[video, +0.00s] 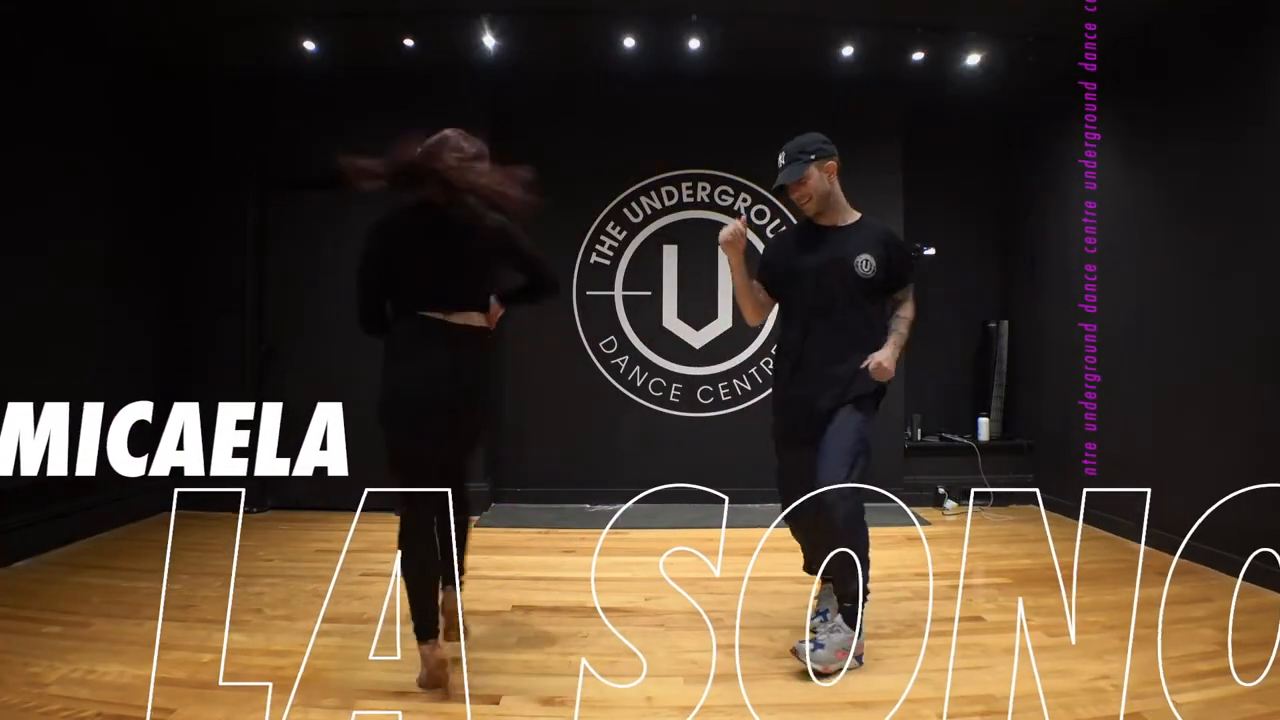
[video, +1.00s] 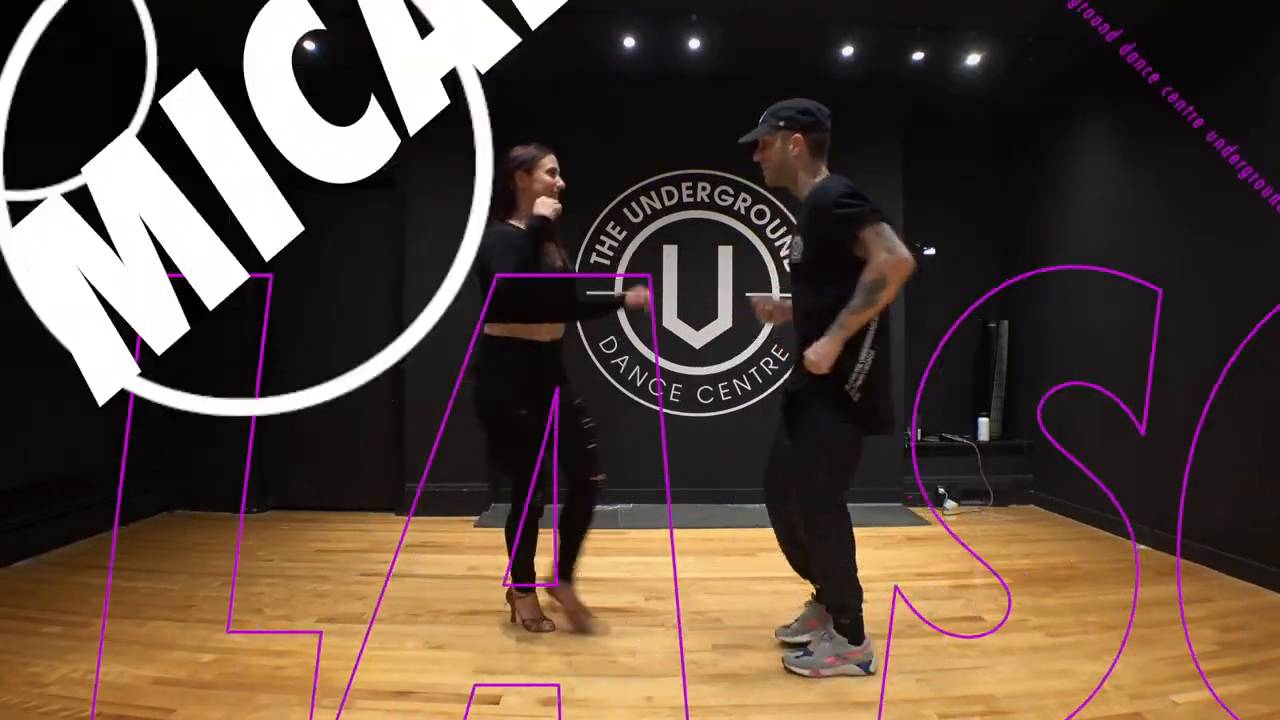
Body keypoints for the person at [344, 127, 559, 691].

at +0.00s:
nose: (469, 175)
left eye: (458, 161)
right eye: (470, 166)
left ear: (419, 172)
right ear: (478, 176)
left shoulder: (392, 224)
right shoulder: (487, 225)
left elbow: (370, 315)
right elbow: (543, 283)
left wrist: (411, 319)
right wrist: (497, 300)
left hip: (410, 362)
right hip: (470, 364)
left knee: (415, 503)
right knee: (456, 483)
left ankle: (428, 646)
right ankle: (450, 591)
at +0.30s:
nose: (516, 184)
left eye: (515, 174)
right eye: (508, 174)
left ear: (477, 180)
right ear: (477, 177)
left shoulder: (444, 228)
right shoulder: (490, 230)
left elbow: (389, 292)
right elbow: (522, 304)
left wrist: (387, 354)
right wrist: (560, 277)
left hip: (444, 355)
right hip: (483, 357)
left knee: (479, 484)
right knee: (489, 486)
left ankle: (425, 590)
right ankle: (468, 617)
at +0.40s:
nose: (527, 182)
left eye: (526, 173)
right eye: (517, 174)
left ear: (492, 183)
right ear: (487, 180)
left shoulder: (464, 230)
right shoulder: (496, 231)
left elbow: (420, 291)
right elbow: (513, 309)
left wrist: (442, 329)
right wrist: (586, 323)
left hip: (461, 366)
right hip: (485, 369)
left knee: (485, 481)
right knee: (499, 480)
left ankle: (464, 596)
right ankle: (465, 616)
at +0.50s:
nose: (533, 183)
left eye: (532, 174)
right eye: (524, 174)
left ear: (502, 184)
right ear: (495, 180)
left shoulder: (483, 229)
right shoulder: (496, 230)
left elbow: (449, 298)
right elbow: (500, 301)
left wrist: (500, 314)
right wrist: (570, 327)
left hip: (475, 363)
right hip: (486, 365)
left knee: (499, 480)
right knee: (498, 485)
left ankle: (488, 582)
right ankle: (464, 611)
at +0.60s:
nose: (542, 182)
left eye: (541, 174)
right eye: (532, 174)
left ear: (520, 182)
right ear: (503, 179)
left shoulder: (515, 236)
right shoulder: (493, 229)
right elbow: (470, 275)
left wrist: (565, 280)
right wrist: (534, 277)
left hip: (496, 367)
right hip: (486, 368)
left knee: (494, 477)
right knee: (539, 478)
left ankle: (482, 585)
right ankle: (489, 587)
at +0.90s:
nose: (556, 181)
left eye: (556, 173)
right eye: (547, 172)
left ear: (550, 182)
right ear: (517, 178)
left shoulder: (547, 244)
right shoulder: (493, 232)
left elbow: (568, 301)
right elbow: (484, 269)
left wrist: (620, 277)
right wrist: (531, 217)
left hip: (539, 368)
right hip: (502, 367)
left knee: (562, 477)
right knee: (531, 478)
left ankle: (517, 566)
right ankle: (524, 592)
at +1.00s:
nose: (559, 182)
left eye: (559, 173)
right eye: (550, 173)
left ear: (546, 182)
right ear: (520, 180)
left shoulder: (552, 242)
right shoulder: (499, 239)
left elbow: (567, 307)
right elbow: (508, 290)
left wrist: (621, 300)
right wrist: (536, 228)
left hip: (548, 370)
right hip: (505, 373)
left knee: (583, 477)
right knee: (530, 481)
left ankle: (562, 581)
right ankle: (522, 588)